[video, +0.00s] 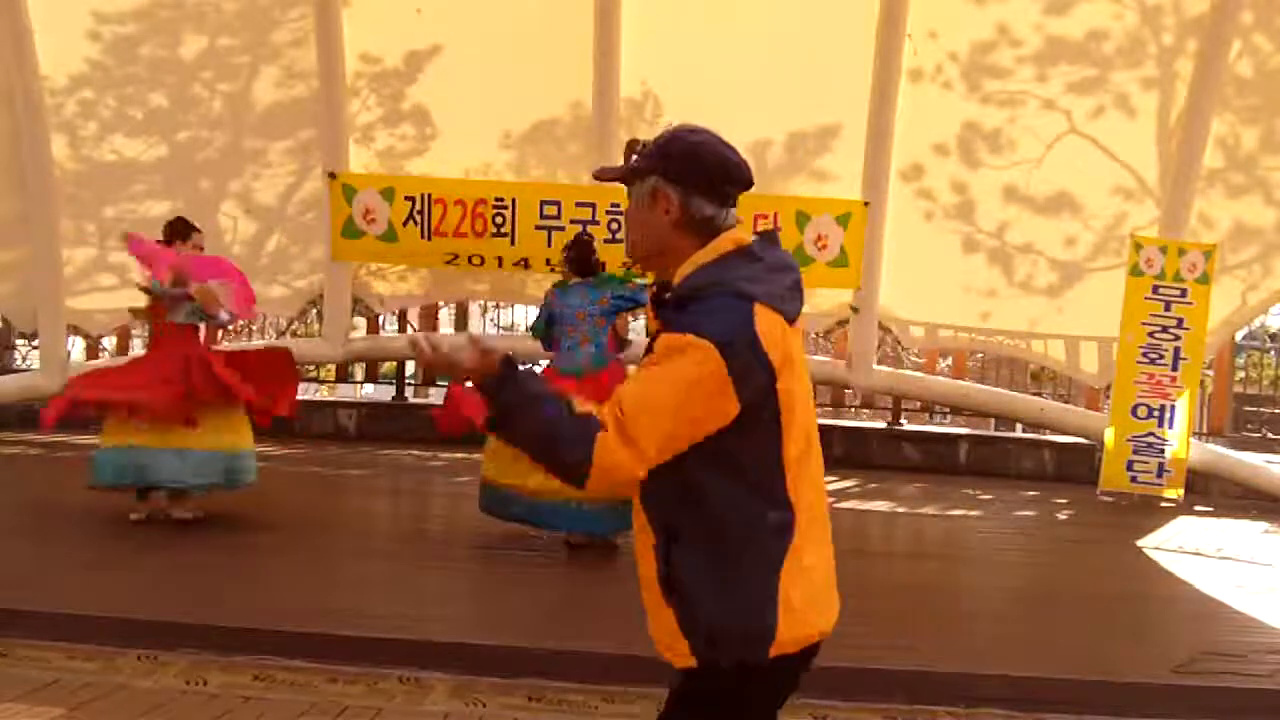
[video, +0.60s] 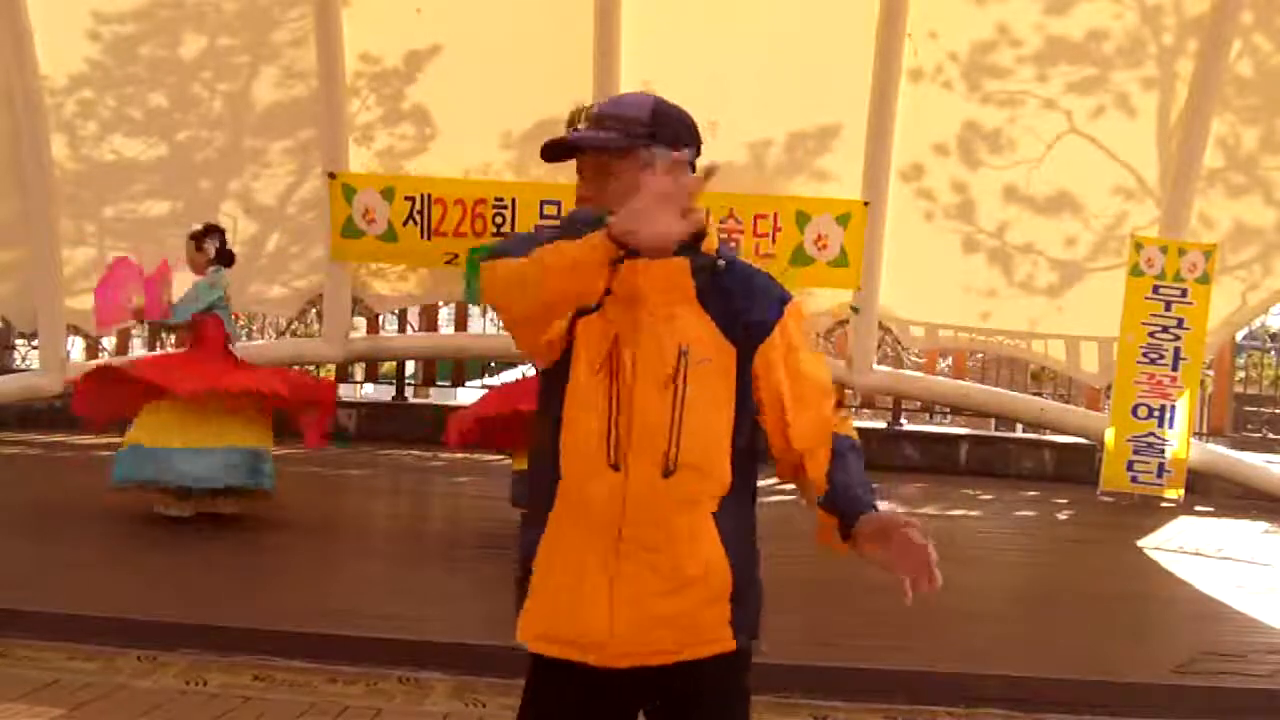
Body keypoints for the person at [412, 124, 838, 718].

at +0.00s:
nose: (624, 221)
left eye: (629, 201)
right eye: (625, 203)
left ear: (666, 206)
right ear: (674, 206)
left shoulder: (720, 322)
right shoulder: (729, 294)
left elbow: (606, 460)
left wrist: (496, 377)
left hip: (746, 627)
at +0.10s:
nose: (609, 221)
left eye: (619, 204)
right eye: (613, 203)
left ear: (665, 214)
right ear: (667, 215)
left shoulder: (730, 325)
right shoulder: (675, 300)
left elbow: (711, 499)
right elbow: (583, 371)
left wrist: (589, 492)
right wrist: (496, 408)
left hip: (758, 630)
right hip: (726, 617)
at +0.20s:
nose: (593, 207)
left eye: (607, 189)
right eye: (598, 190)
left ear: (657, 199)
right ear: (654, 201)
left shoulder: (741, 308)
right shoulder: (632, 298)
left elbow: (813, 472)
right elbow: (522, 330)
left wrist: (734, 552)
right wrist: (389, 337)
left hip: (763, 628)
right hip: (688, 618)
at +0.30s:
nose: (580, 193)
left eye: (594, 175)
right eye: (584, 177)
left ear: (648, 180)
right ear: (640, 182)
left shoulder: (745, 288)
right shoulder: (611, 279)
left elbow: (864, 415)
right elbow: (488, 303)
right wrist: (340, 286)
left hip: (743, 640)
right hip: (654, 629)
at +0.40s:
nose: (573, 174)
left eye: (587, 154)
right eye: (577, 156)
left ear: (643, 160)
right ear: (638, 160)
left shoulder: (746, 272)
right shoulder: (588, 269)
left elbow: (863, 384)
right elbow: (488, 277)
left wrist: (884, 499)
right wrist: (395, 241)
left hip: (725, 635)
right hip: (620, 628)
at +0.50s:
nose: (565, 179)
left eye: (582, 163)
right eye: (569, 164)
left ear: (644, 170)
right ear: (637, 171)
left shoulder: (741, 284)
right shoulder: (572, 274)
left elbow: (843, 403)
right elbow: (486, 294)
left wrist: (876, 509)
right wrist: (473, 234)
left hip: (710, 633)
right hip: (589, 630)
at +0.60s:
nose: (583, 183)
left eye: (604, 163)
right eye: (583, 164)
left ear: (667, 173)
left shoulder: (745, 298)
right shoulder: (565, 275)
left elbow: (809, 424)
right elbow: (499, 281)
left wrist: (862, 514)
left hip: (696, 633)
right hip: (570, 631)